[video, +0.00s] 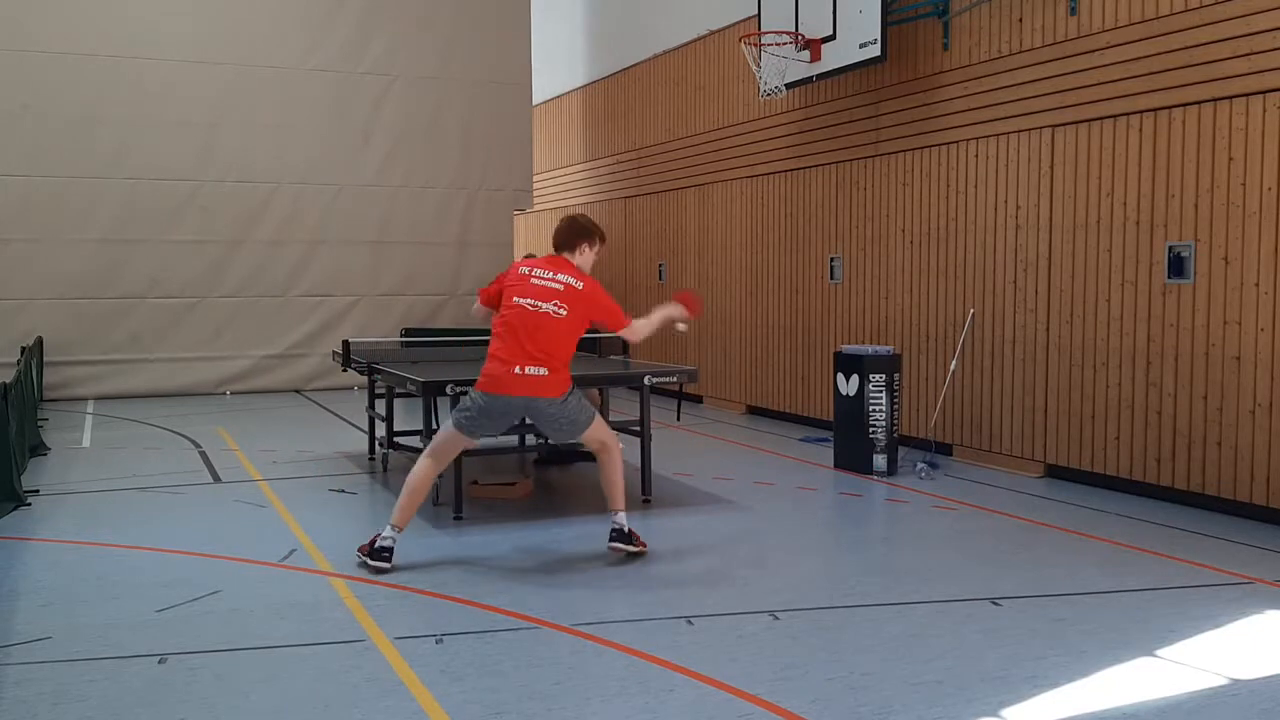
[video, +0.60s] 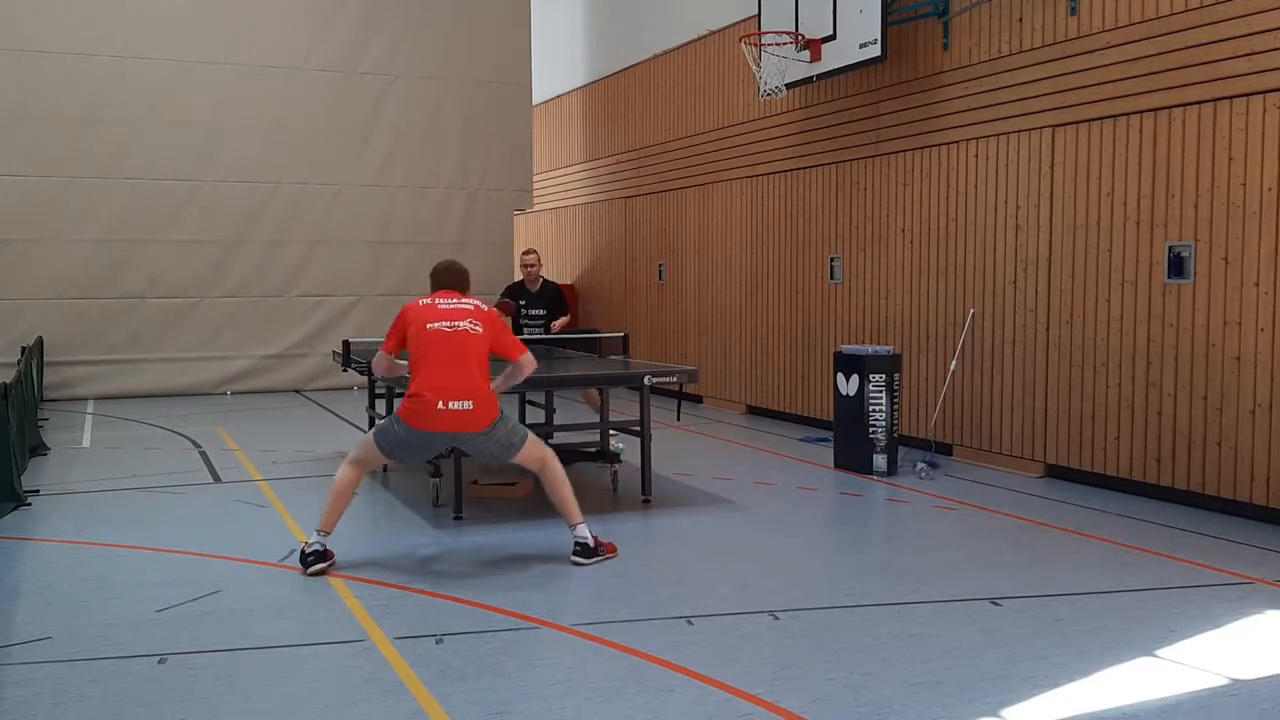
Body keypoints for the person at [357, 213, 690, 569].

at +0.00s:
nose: (596, 262)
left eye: (597, 255)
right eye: (595, 254)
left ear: (560, 246)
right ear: (582, 250)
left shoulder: (520, 269)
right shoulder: (585, 286)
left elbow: (481, 309)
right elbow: (634, 333)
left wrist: (523, 309)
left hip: (494, 390)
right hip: (550, 395)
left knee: (434, 458)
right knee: (607, 444)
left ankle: (386, 540)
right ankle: (621, 527)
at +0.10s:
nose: (590, 260)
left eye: (587, 253)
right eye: (588, 254)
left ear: (548, 252)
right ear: (583, 258)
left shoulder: (520, 277)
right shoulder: (588, 295)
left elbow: (462, 309)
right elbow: (615, 300)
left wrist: (480, 297)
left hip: (498, 396)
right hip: (554, 403)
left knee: (434, 460)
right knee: (605, 459)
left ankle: (381, 542)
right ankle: (632, 535)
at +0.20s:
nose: (565, 263)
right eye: (565, 257)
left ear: (528, 255)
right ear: (562, 261)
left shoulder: (505, 281)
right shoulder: (571, 294)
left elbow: (442, 314)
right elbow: (589, 317)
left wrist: (447, 301)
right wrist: (570, 281)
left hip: (501, 404)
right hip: (557, 408)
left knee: (429, 464)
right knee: (601, 458)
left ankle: (378, 544)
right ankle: (635, 534)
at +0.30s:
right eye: (538, 245)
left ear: (504, 244)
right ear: (540, 248)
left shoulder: (483, 272)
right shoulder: (552, 287)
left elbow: (427, 308)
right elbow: (580, 329)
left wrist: (435, 314)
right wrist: (549, 316)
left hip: (477, 391)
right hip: (536, 398)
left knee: (410, 455)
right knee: (586, 454)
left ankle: (364, 534)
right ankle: (626, 530)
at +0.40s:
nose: (518, 257)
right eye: (519, 252)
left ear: (480, 250)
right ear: (517, 253)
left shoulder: (459, 275)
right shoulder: (531, 287)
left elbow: (412, 323)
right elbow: (570, 345)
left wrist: (422, 343)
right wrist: (554, 358)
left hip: (454, 391)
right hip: (512, 396)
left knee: (392, 458)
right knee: (574, 448)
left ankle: (339, 535)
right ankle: (597, 533)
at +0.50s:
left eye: (456, 275)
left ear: (455, 276)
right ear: (492, 278)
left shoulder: (434, 302)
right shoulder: (508, 307)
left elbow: (392, 358)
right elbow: (555, 361)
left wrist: (421, 367)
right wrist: (540, 391)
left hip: (434, 412)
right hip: (493, 414)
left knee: (373, 468)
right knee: (556, 454)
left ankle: (323, 545)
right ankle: (586, 539)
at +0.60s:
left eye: (435, 287)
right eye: (464, 287)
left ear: (431, 287)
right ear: (468, 288)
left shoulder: (412, 311)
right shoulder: (486, 314)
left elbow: (381, 366)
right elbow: (526, 364)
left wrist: (412, 371)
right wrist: (496, 388)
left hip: (421, 421)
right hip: (480, 421)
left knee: (356, 462)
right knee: (545, 460)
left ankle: (318, 544)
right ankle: (583, 539)